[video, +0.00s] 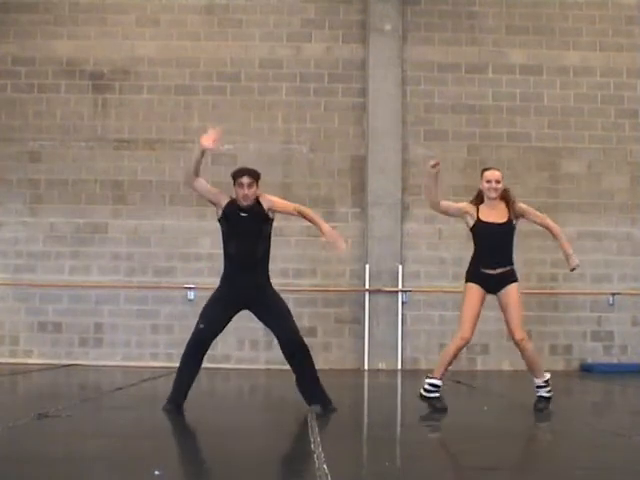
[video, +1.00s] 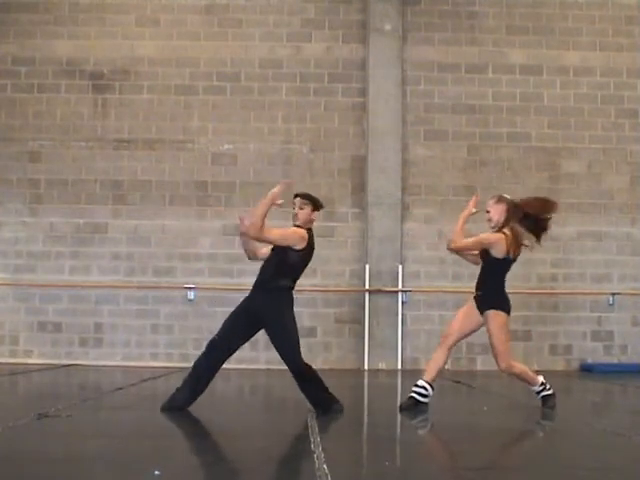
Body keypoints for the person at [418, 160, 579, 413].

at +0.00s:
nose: (493, 185)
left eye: (497, 181)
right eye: (488, 181)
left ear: (503, 185)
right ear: (481, 185)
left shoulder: (514, 208)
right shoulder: (470, 210)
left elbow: (546, 222)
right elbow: (435, 203)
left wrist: (569, 252)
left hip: (506, 277)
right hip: (477, 277)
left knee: (519, 337)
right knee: (464, 336)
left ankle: (542, 384)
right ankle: (432, 384)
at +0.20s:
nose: (490, 202)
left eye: (494, 198)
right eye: (485, 198)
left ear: (500, 201)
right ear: (477, 201)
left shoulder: (512, 227)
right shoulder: (470, 231)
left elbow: (541, 249)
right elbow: (433, 243)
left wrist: (541, 279)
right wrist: (438, 213)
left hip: (505, 292)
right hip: (475, 292)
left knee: (513, 350)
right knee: (465, 347)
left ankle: (537, 391)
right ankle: (432, 390)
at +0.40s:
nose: (496, 193)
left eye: (500, 189)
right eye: (491, 189)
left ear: (506, 192)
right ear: (484, 192)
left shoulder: (512, 218)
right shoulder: (474, 215)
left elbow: (541, 211)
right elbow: (440, 211)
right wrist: (412, 202)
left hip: (503, 284)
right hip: (474, 283)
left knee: (528, 337)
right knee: (450, 336)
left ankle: (536, 391)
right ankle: (425, 390)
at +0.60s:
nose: (504, 201)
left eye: (507, 197)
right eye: (499, 197)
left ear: (512, 199)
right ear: (489, 200)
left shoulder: (519, 230)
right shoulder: (478, 221)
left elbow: (554, 234)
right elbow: (439, 229)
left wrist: (546, 208)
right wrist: (409, 239)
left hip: (509, 290)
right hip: (480, 289)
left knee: (531, 345)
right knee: (453, 341)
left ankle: (533, 391)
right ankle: (423, 390)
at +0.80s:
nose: (503, 205)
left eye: (508, 200)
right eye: (499, 202)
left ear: (518, 204)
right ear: (496, 207)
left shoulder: (522, 231)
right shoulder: (492, 229)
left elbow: (500, 227)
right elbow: (458, 229)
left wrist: (492, 197)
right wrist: (432, 225)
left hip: (506, 293)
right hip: (481, 292)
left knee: (519, 354)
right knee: (454, 342)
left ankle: (533, 392)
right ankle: (422, 390)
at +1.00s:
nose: (487, 216)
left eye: (490, 212)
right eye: (487, 212)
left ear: (504, 213)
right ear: (505, 215)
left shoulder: (496, 238)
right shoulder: (512, 240)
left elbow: (454, 244)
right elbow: (482, 259)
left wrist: (466, 214)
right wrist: (457, 250)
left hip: (494, 302)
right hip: (482, 301)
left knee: (505, 363)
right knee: (448, 340)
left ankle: (542, 386)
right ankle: (423, 388)